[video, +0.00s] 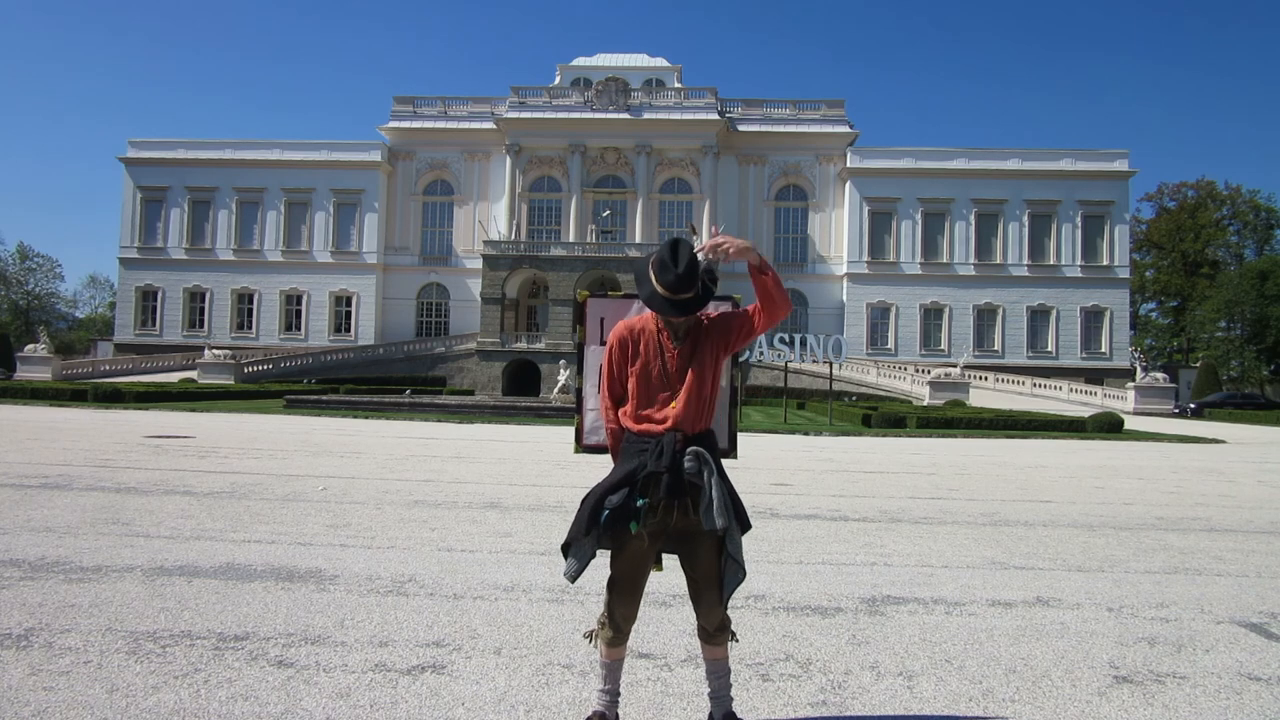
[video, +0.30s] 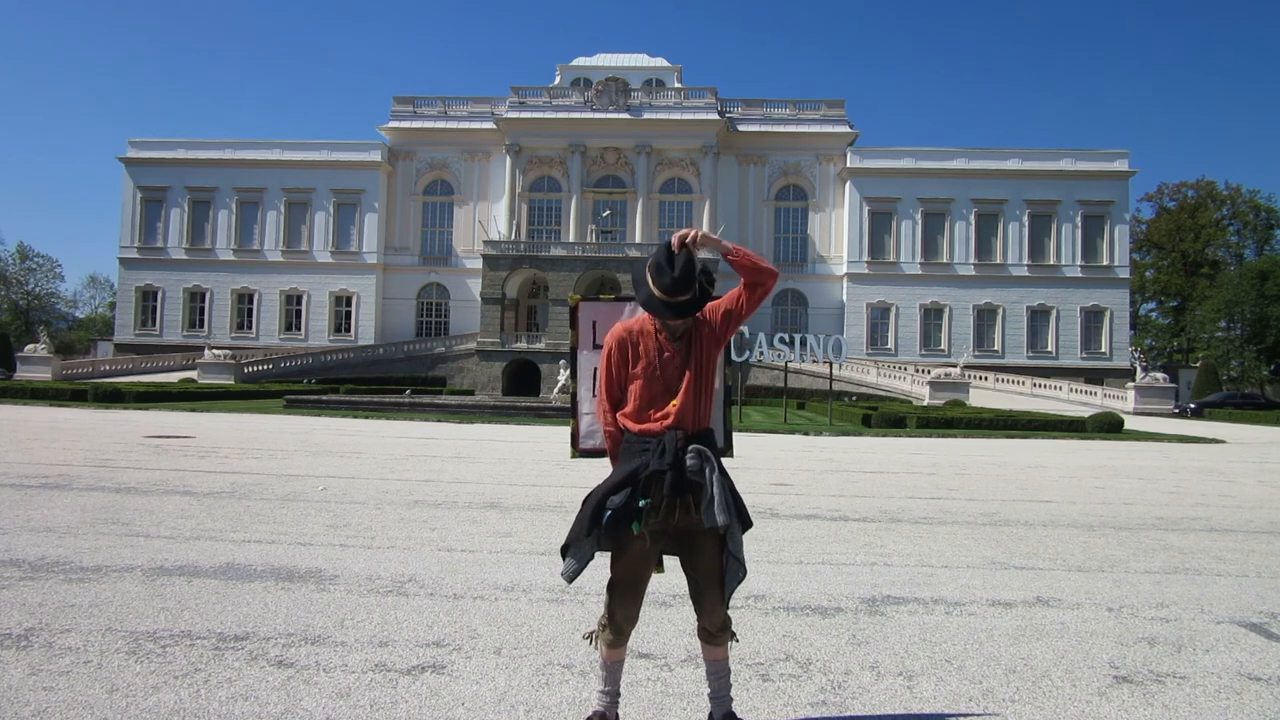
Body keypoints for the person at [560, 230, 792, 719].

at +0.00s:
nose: (678, 317)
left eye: (687, 308)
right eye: (669, 307)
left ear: (701, 296)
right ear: (653, 297)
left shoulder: (718, 329)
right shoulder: (627, 334)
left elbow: (776, 308)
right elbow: (610, 408)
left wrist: (752, 257)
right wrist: (628, 468)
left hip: (698, 475)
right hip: (639, 474)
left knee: (711, 598)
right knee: (623, 594)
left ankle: (721, 707)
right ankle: (606, 700)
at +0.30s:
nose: (675, 324)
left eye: (684, 315)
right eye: (666, 316)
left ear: (699, 301)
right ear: (650, 301)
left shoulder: (712, 324)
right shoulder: (624, 336)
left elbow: (764, 278)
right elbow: (608, 413)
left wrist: (717, 244)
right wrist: (625, 474)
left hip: (700, 479)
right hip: (639, 478)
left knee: (712, 603)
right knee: (622, 603)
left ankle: (721, 708)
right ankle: (607, 703)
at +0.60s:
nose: (674, 319)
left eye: (682, 309)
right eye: (665, 310)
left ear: (694, 298)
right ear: (648, 300)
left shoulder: (706, 325)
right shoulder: (621, 338)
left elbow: (759, 286)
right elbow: (604, 417)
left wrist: (704, 253)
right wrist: (622, 482)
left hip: (700, 480)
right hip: (639, 480)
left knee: (716, 604)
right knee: (625, 607)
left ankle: (722, 707)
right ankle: (608, 702)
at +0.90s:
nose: (668, 306)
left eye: (675, 296)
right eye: (658, 297)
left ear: (686, 294)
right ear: (642, 296)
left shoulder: (699, 329)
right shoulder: (615, 340)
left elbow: (755, 290)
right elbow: (599, 418)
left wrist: (701, 265)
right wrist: (618, 485)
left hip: (698, 482)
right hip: (636, 484)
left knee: (720, 606)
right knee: (624, 611)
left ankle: (724, 706)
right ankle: (609, 702)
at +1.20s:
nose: (663, 308)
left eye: (671, 298)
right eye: (653, 299)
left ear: (682, 297)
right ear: (637, 300)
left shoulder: (696, 335)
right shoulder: (611, 346)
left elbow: (755, 303)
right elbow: (595, 426)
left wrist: (706, 270)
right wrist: (613, 491)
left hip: (694, 487)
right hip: (633, 489)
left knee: (732, 605)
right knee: (622, 613)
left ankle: (726, 707)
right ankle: (609, 704)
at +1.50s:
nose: (670, 303)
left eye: (678, 293)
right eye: (660, 294)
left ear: (689, 294)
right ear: (644, 297)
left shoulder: (701, 336)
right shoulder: (617, 346)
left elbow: (765, 317)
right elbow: (592, 428)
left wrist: (722, 268)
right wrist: (597, 501)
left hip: (690, 486)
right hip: (632, 489)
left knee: (750, 592)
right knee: (623, 613)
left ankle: (738, 699)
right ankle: (608, 705)